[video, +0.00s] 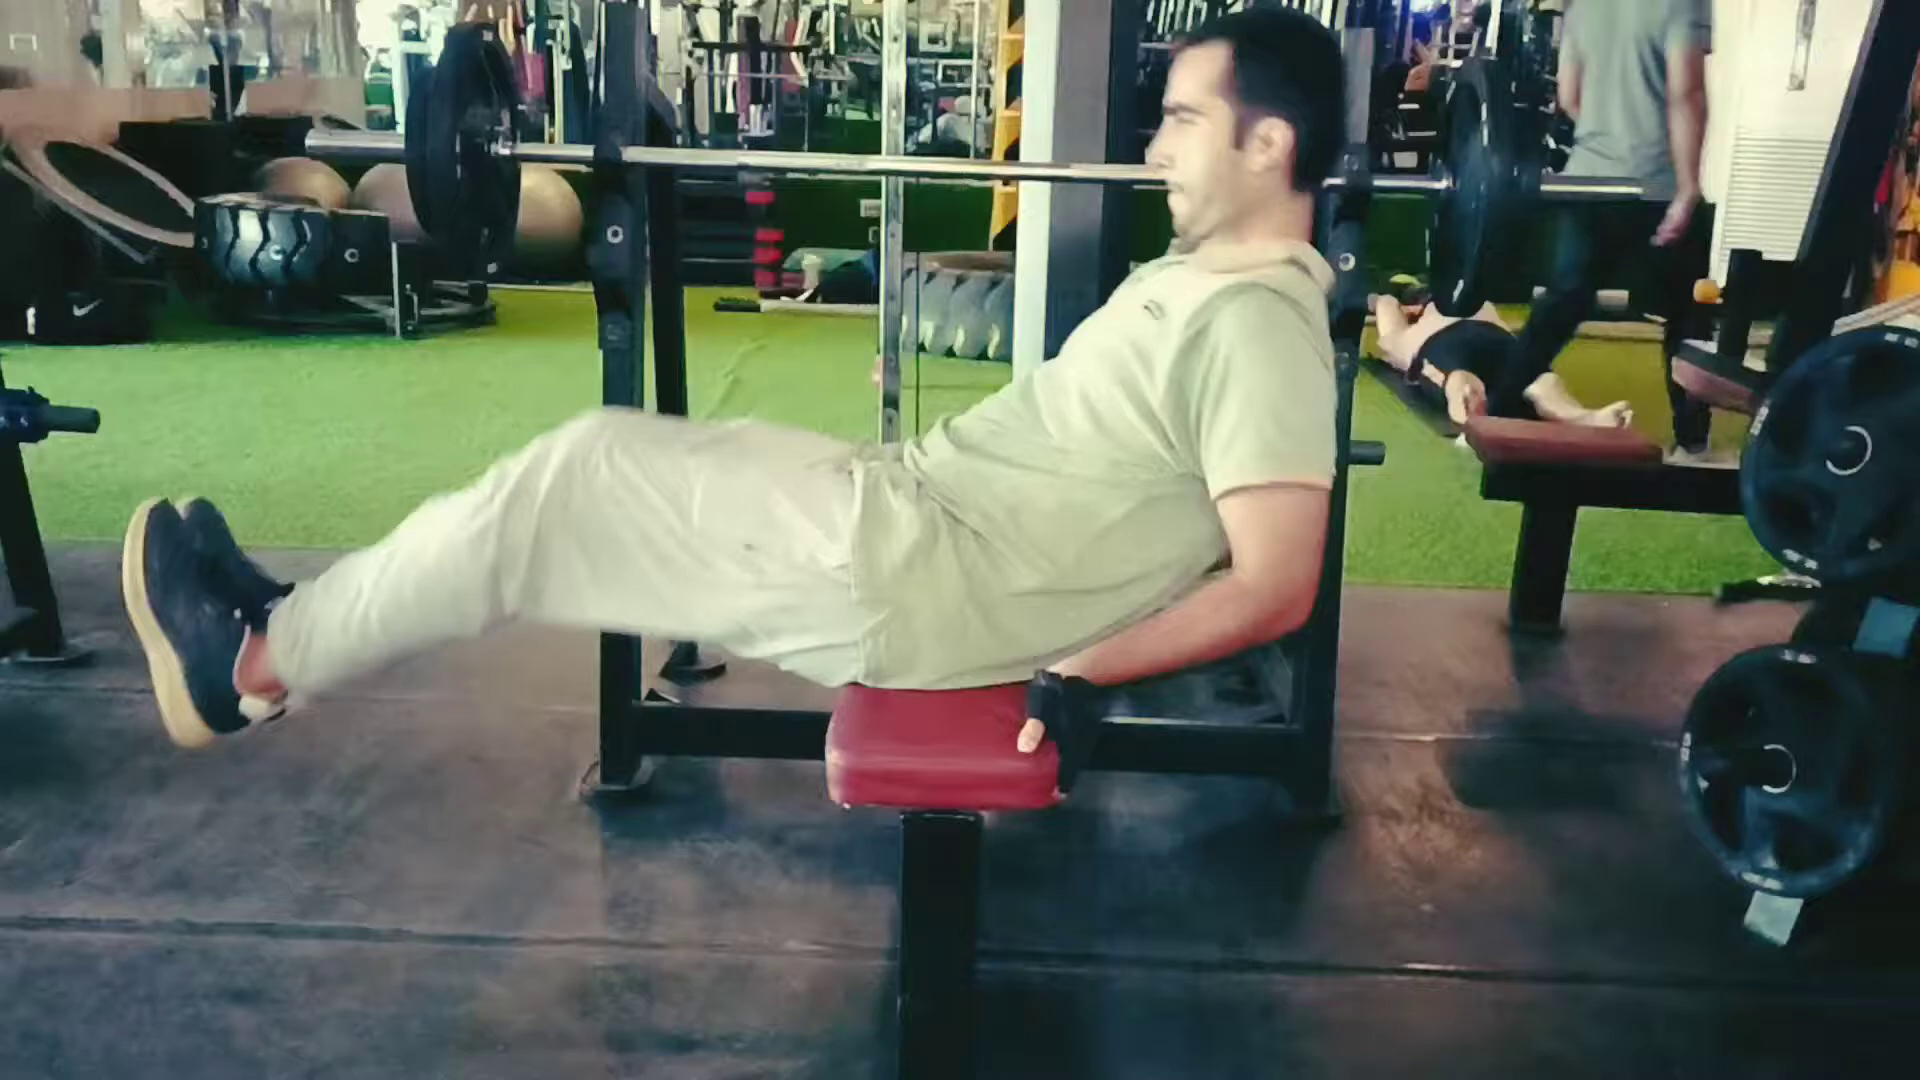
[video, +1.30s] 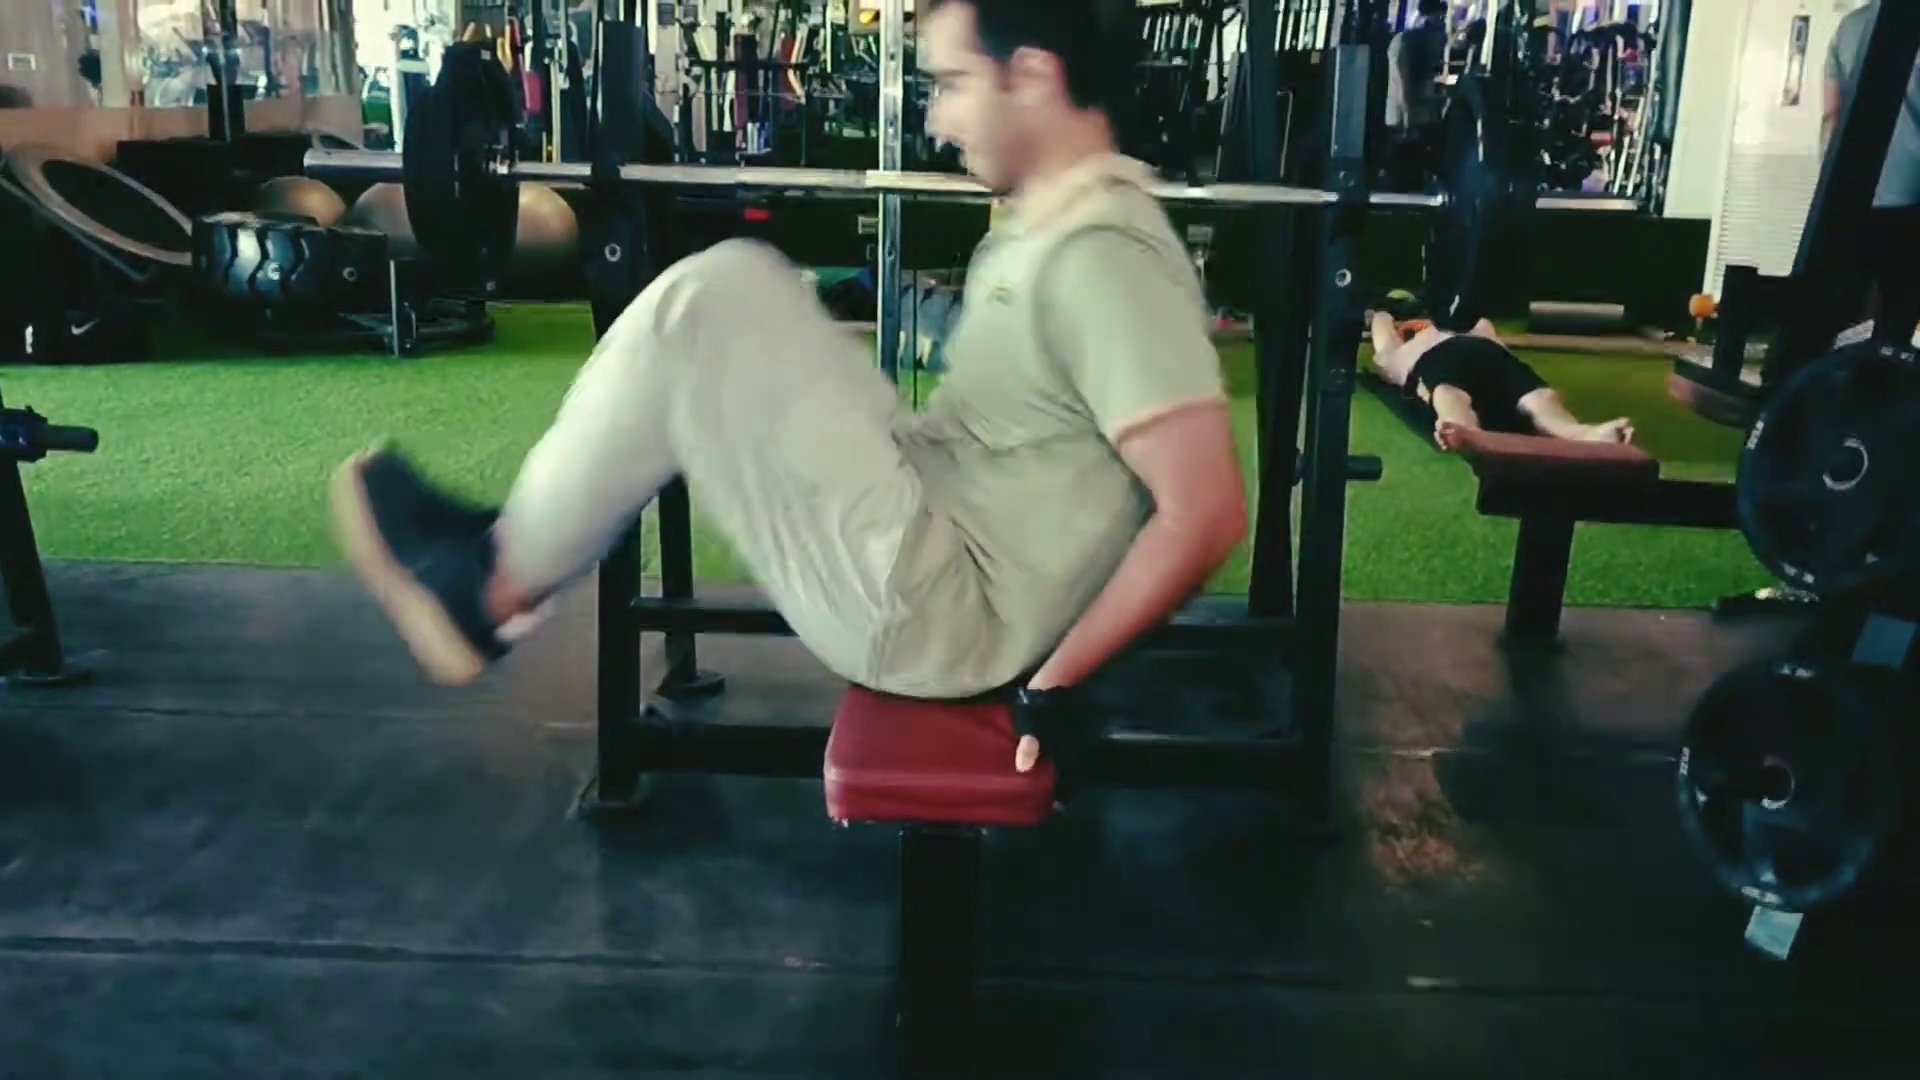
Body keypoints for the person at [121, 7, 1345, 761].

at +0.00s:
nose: (1158, 145)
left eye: (1186, 115)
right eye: (1165, 115)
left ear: (1277, 144)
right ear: (1255, 146)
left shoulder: (1260, 315)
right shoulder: (1208, 281)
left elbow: (1275, 587)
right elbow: (1225, 546)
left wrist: (1069, 671)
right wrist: (1052, 634)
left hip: (928, 578)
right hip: (907, 518)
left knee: (578, 481)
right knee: (590, 456)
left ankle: (253, 670)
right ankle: (288, 629)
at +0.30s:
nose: (1090, 103)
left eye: (1116, 74)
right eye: (1096, 75)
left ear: (1208, 94)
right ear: (1194, 98)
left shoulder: (1220, 270)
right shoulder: (1161, 244)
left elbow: (1250, 539)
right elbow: (1195, 506)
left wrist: (1068, 665)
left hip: (960, 588)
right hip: (931, 550)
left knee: (636, 387)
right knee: (637, 388)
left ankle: (366, 649)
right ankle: (384, 620)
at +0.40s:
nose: (994, 84)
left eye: (1016, 53)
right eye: (993, 56)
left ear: (1107, 66)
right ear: (1094, 71)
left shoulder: (1152, 241)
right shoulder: (1091, 220)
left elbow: (1223, 508)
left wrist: (1049, 669)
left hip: (959, 592)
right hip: (937, 544)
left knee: (686, 306)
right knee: (694, 298)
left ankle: (447, 596)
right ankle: (462, 560)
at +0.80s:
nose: (1092, 138)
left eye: (1114, 110)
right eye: (1094, 111)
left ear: (1204, 124)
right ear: (1178, 127)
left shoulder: (1218, 294)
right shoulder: (1165, 264)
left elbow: (1261, 568)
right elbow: (1202, 519)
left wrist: (1074, 675)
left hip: (952, 597)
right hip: (923, 532)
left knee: (589, 436)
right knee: (609, 412)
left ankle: (312, 697)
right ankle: (345, 642)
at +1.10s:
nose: (1116, 146)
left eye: (1141, 118)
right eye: (1120, 120)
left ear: (1232, 137)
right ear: (1218, 142)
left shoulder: (1240, 301)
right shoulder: (1192, 274)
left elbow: (1260, 577)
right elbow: (1201, 532)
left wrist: (1072, 681)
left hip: (948, 593)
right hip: (920, 529)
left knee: (597, 461)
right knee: (605, 444)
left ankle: (321, 717)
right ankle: (345, 682)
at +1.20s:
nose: (1024, 123)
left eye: (1044, 91)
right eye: (1023, 94)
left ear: (1136, 96)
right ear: (1120, 97)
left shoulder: (1183, 268)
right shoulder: (1119, 244)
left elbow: (1234, 536)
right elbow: (1055, 442)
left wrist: (1054, 679)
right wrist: (911, 464)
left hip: (962, 605)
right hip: (934, 557)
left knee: (649, 372)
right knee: (666, 349)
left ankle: (410, 657)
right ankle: (434, 616)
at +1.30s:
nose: (932, 115)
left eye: (945, 82)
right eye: (928, 84)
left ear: (1036, 79)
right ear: (1033, 84)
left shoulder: (1096, 243)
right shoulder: (1050, 224)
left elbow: (1206, 511)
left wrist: (1042, 693)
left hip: (947, 612)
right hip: (927, 574)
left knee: (719, 292)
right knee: (724, 290)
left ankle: (496, 588)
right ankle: (503, 577)